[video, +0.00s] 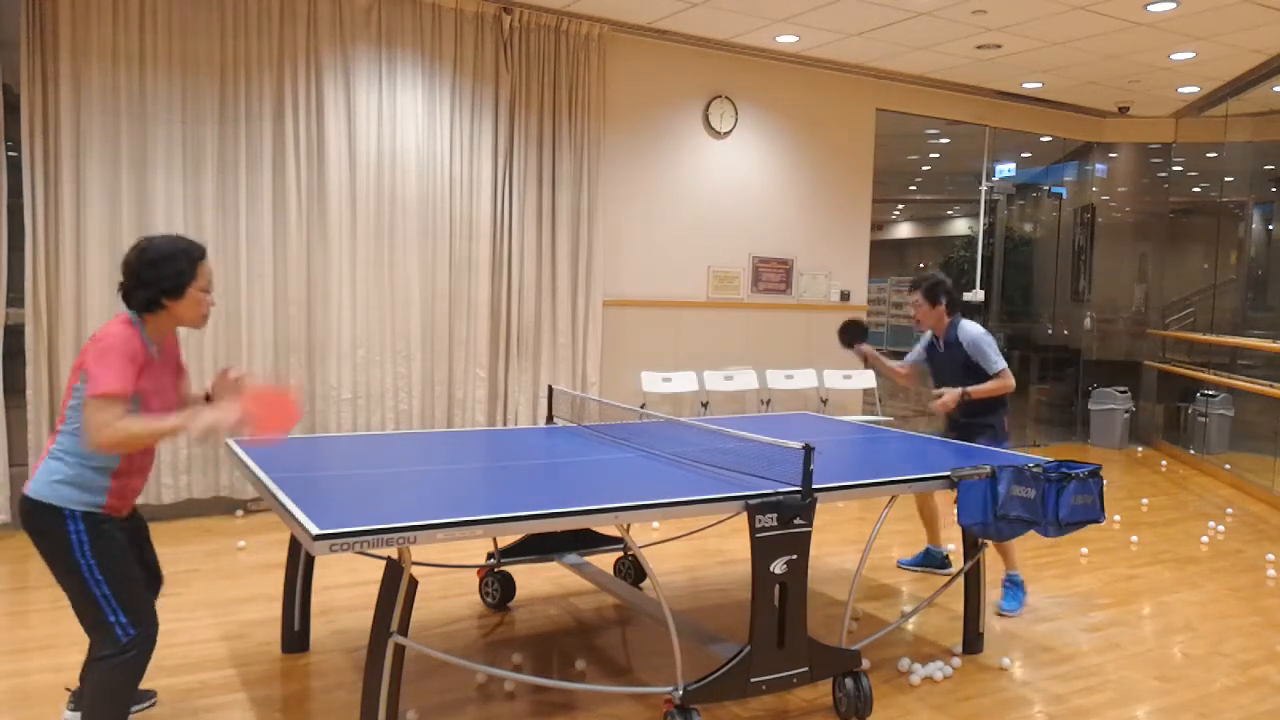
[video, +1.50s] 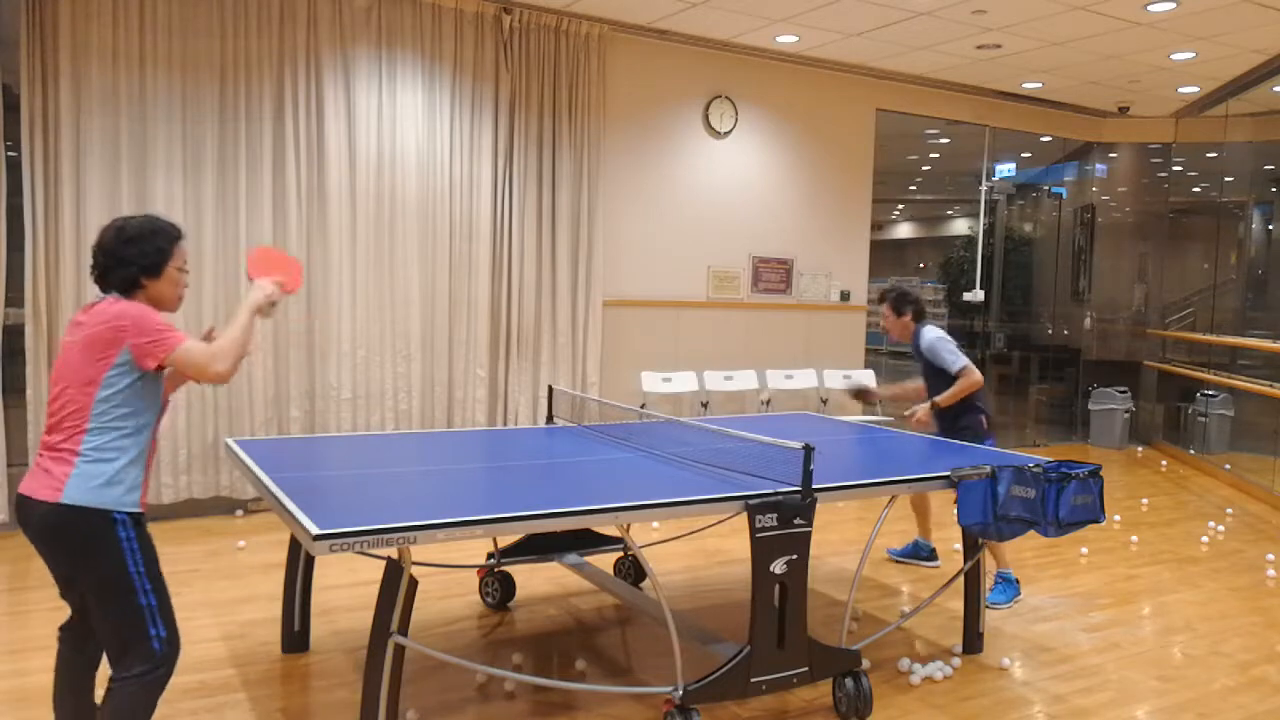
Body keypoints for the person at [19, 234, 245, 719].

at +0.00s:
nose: (210, 302)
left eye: (209, 290)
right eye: (203, 291)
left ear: (168, 297)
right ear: (166, 296)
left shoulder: (166, 342)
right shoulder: (116, 342)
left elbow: (174, 413)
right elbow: (102, 433)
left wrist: (214, 400)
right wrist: (194, 419)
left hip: (111, 502)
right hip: (66, 505)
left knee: (145, 585)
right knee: (129, 631)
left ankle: (99, 691)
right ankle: (97, 711)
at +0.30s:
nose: (232, 358)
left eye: (232, 346)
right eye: (223, 348)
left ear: (189, 354)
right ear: (184, 352)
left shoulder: (190, 391)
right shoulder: (123, 389)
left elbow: (179, 457)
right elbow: (71, 451)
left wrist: (199, 455)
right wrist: (62, 473)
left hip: (109, 526)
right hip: (55, 529)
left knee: (167, 592)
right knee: (145, 637)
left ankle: (105, 690)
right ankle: (108, 709)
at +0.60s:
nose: (205, 269)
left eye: (204, 258)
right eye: (197, 259)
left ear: (155, 264)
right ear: (162, 263)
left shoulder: (126, 308)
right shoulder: (132, 305)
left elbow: (139, 394)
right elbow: (208, 358)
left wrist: (200, 370)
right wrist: (258, 303)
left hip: (67, 486)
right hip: (92, 492)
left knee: (97, 613)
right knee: (142, 629)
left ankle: (62, 714)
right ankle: (98, 713)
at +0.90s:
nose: (215, 302)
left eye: (213, 291)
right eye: (206, 292)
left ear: (172, 301)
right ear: (169, 299)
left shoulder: (164, 351)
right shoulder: (114, 352)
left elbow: (154, 421)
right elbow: (89, 447)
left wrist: (205, 414)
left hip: (109, 517)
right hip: (63, 520)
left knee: (149, 596)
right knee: (141, 647)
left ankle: (68, 709)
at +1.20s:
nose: (227, 338)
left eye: (227, 327)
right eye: (219, 328)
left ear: (182, 332)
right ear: (180, 329)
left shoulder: (163, 375)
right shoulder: (128, 368)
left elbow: (161, 449)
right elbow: (111, 454)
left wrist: (214, 430)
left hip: (95, 535)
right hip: (58, 540)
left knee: (148, 600)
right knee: (163, 657)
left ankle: (93, 710)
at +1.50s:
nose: (186, 281)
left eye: (185, 270)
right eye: (179, 270)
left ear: (133, 272)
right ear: (144, 273)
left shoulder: (92, 317)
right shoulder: (129, 319)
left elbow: (131, 406)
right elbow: (218, 364)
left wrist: (189, 360)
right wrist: (253, 303)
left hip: (45, 500)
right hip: (95, 508)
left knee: (87, 626)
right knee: (151, 651)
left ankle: (75, 711)